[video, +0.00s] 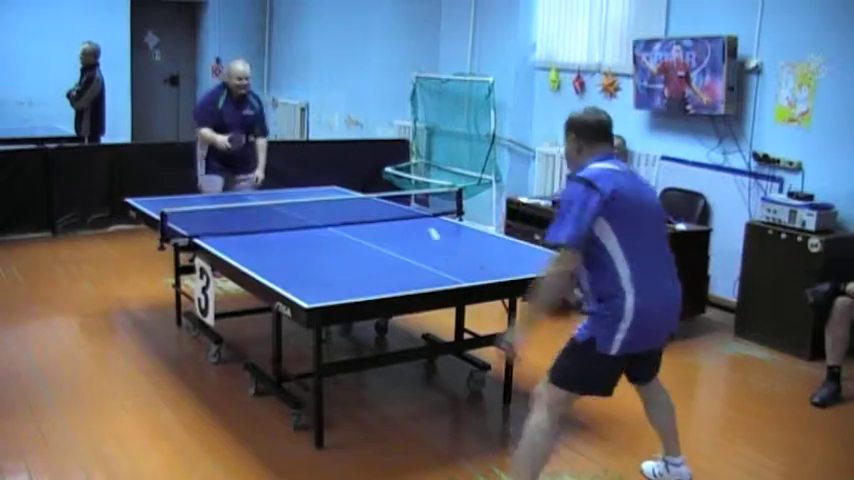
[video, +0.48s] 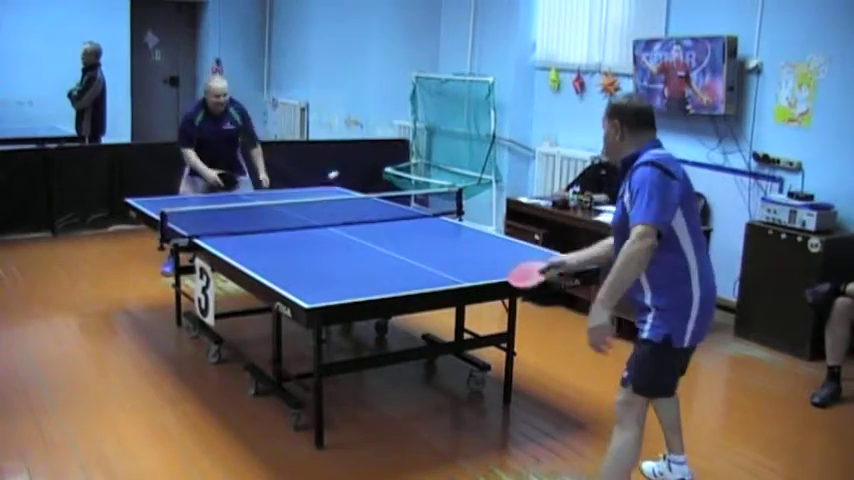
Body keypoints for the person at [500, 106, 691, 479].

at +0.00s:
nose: (565, 154)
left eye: (566, 146)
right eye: (565, 147)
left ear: (576, 145)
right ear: (610, 144)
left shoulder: (587, 182)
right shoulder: (636, 180)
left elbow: (564, 263)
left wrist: (521, 329)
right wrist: (582, 284)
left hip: (620, 314)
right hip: (663, 308)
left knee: (549, 399)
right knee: (647, 380)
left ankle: (519, 472)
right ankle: (675, 462)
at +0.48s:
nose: (604, 140)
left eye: (605, 131)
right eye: (604, 131)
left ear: (617, 129)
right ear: (644, 128)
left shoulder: (651, 172)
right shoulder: (646, 169)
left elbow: (644, 241)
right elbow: (623, 238)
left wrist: (602, 305)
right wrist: (571, 261)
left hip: (676, 310)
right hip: (671, 303)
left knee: (630, 404)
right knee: (661, 385)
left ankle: (612, 473)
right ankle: (677, 463)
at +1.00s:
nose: (603, 131)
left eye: (604, 124)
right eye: (605, 124)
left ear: (613, 123)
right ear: (648, 124)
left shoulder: (621, 168)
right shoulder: (669, 165)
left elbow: (590, 247)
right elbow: (668, 241)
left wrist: (545, 304)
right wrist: (621, 287)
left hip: (650, 311)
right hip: (688, 305)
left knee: (596, 405)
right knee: (672, 386)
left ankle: (594, 474)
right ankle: (678, 463)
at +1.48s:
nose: (597, 117)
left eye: (598, 111)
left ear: (601, 114)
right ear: (644, 113)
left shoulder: (604, 167)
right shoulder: (671, 165)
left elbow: (592, 252)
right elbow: (687, 237)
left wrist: (577, 323)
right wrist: (658, 282)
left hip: (622, 315)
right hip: (670, 312)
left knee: (578, 401)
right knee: (664, 384)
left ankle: (586, 473)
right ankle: (671, 462)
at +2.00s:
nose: (658, 108)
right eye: (657, 102)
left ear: (605, 101)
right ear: (650, 103)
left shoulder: (571, 152)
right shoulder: (670, 164)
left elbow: (539, 231)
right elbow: (689, 247)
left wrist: (534, 295)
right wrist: (652, 272)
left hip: (585, 307)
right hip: (643, 309)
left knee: (578, 405)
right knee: (640, 394)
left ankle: (585, 477)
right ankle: (635, 475)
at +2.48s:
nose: (594, 107)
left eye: (596, 100)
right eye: (597, 100)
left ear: (603, 102)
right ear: (641, 106)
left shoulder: (597, 150)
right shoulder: (667, 160)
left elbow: (570, 234)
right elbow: (678, 239)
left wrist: (557, 298)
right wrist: (640, 270)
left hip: (598, 302)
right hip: (648, 306)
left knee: (550, 386)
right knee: (635, 387)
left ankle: (564, 475)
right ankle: (634, 474)